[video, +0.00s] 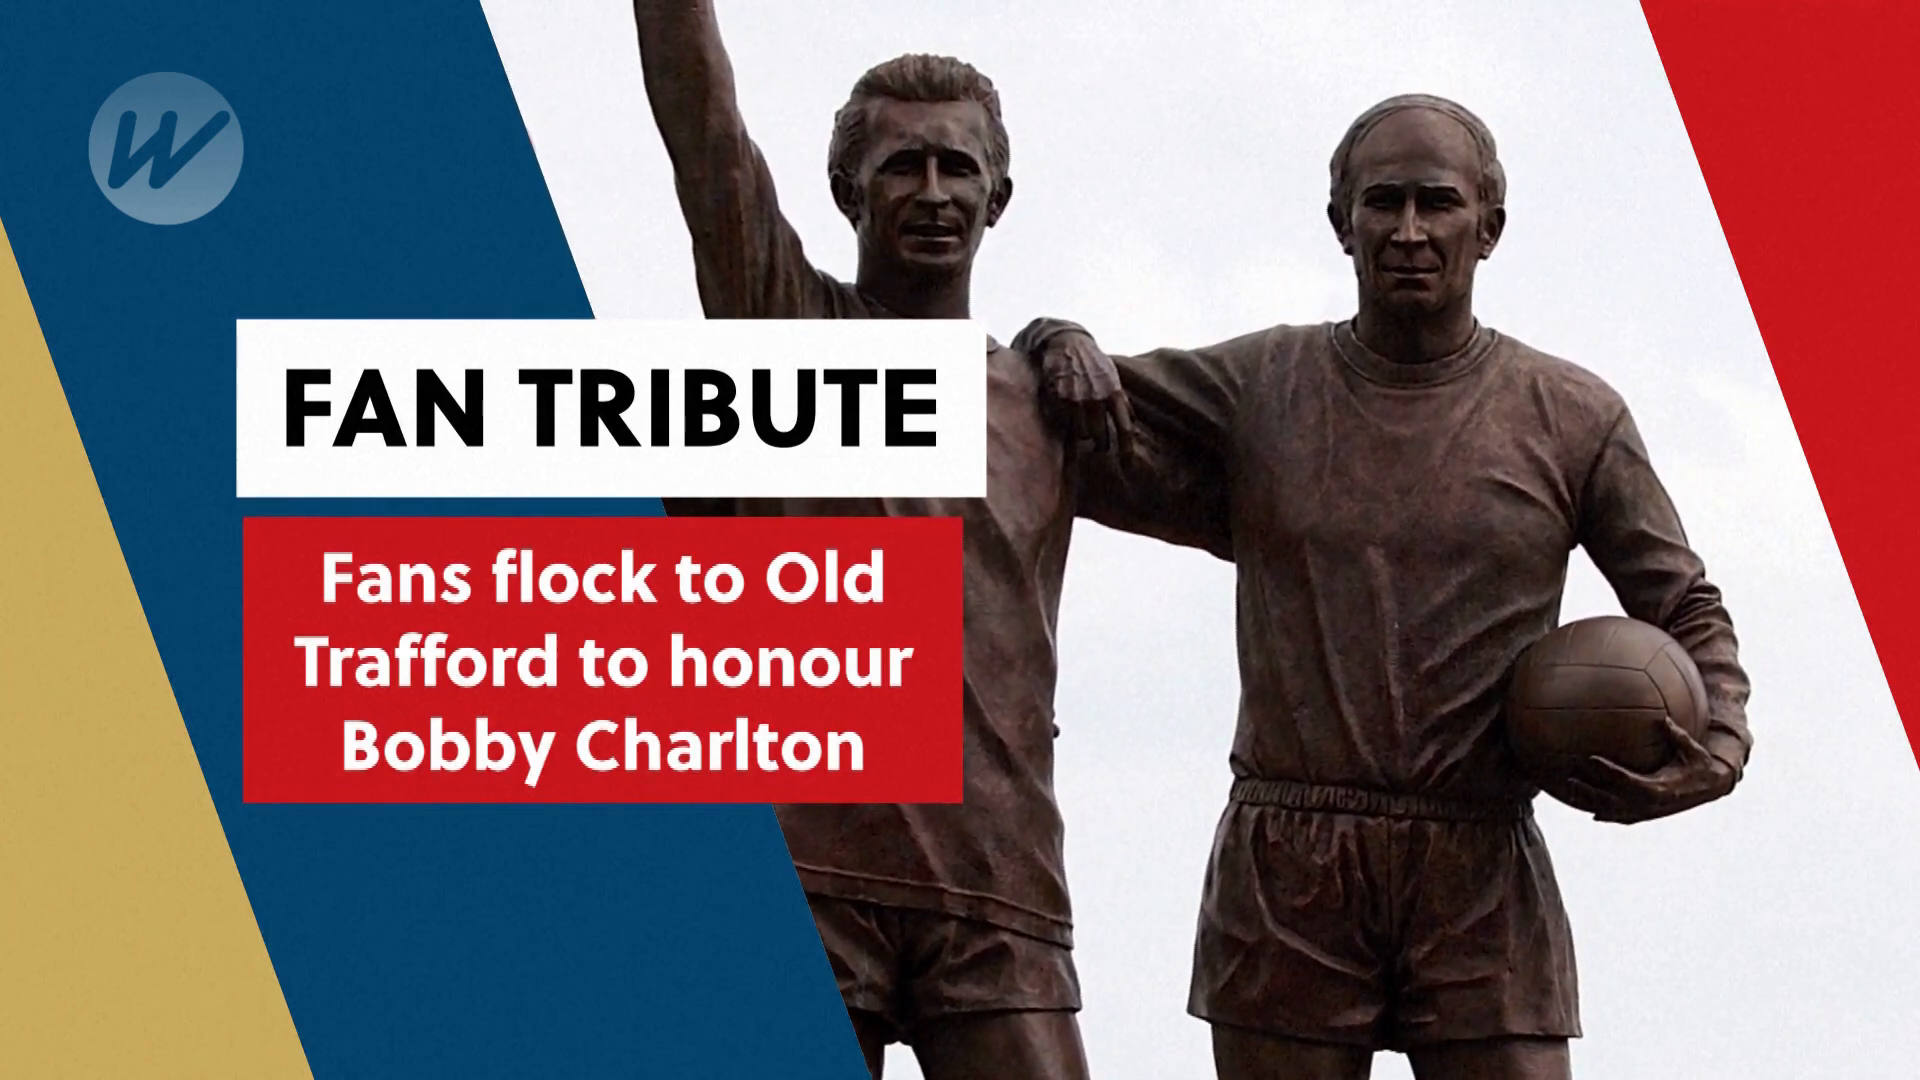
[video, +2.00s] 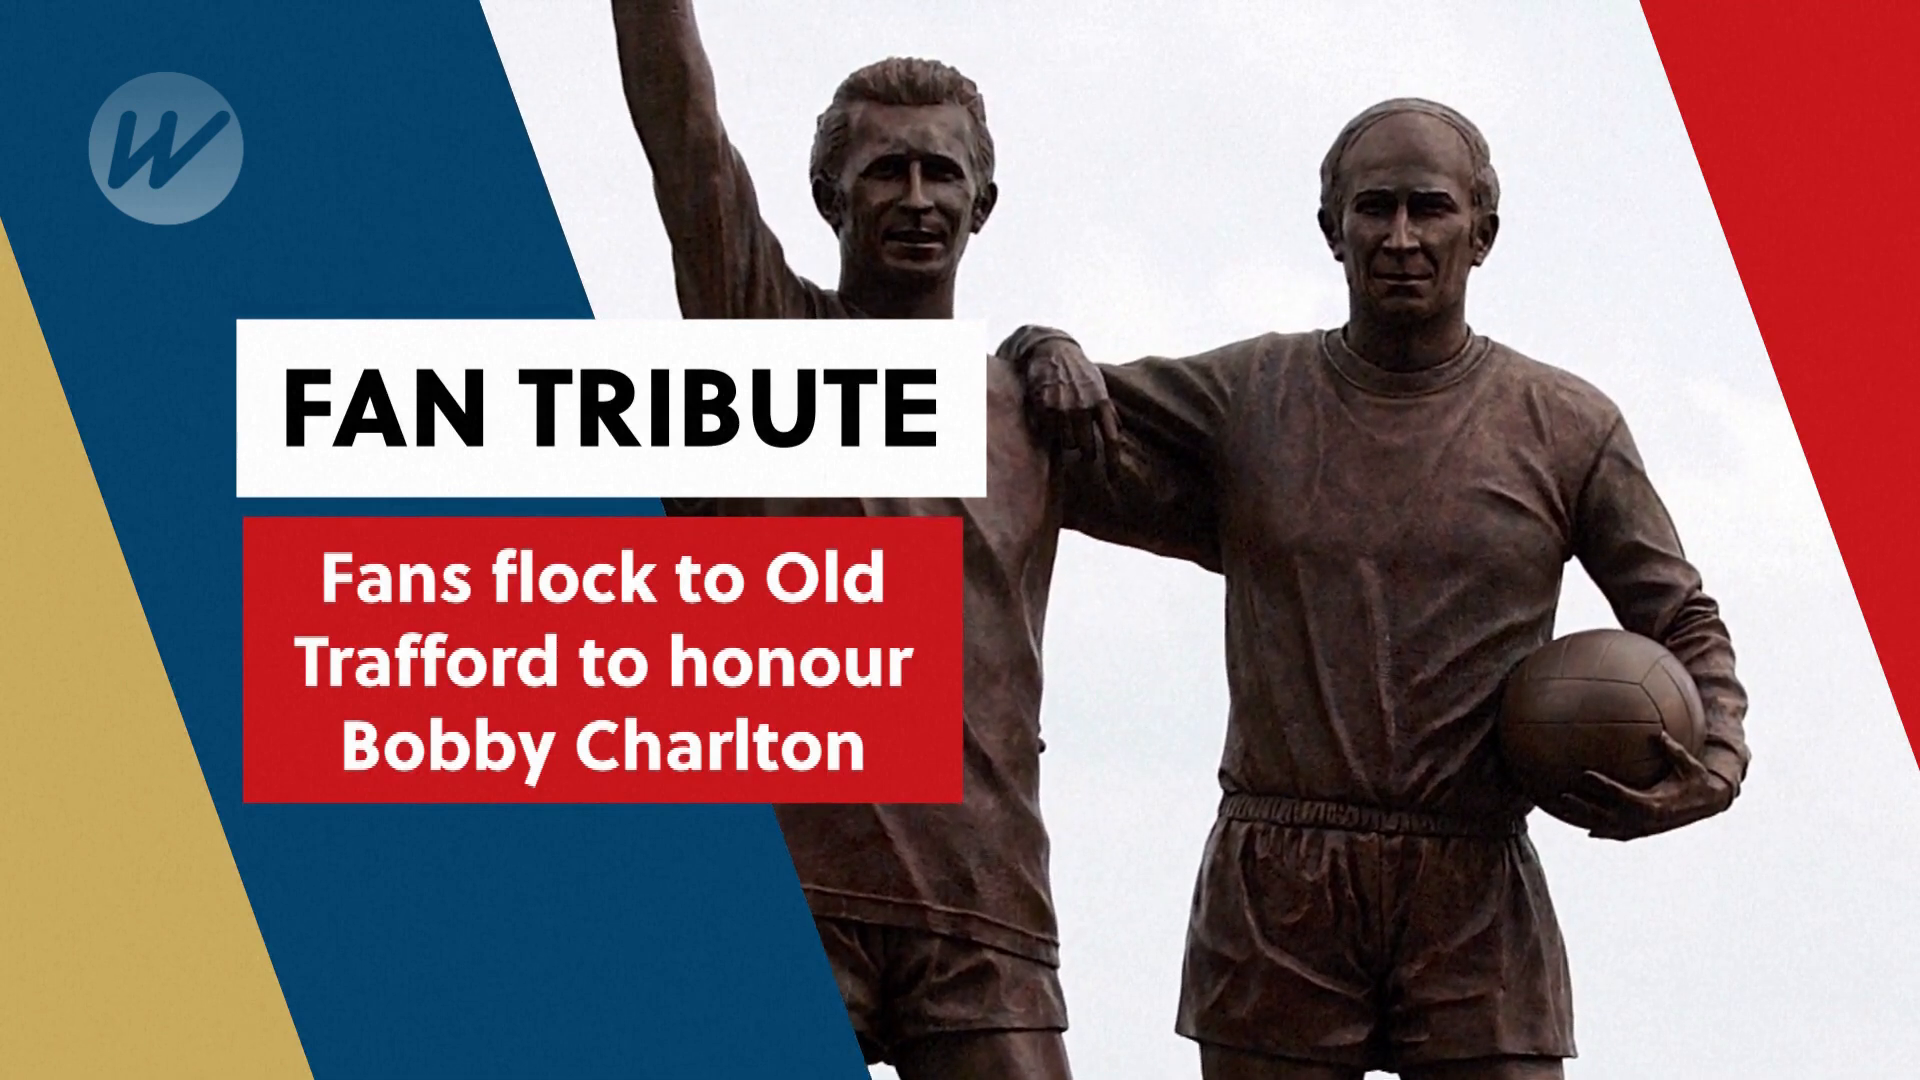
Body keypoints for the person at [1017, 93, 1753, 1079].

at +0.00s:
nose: (1408, 228)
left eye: (1437, 200)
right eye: (1381, 202)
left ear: (1491, 225)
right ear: (1341, 223)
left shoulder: (1573, 414)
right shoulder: (1260, 381)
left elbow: (1684, 608)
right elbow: (1087, 412)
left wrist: (1721, 743)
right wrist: (1055, 342)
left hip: (1480, 878)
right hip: (1284, 870)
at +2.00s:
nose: (1400, 235)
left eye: (1430, 206)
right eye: (1372, 208)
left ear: (1484, 229)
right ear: (1332, 229)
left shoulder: (1566, 422)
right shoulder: (1248, 390)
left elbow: (1678, 616)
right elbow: (1076, 446)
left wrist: (1719, 753)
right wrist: (1042, 356)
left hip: (1473, 895)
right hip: (1272, 891)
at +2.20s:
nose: (1400, 236)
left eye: (1431, 207)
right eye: (1373, 208)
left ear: (1485, 230)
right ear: (1333, 228)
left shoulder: (1567, 423)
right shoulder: (1249, 391)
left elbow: (1680, 618)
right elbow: (1077, 450)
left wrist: (1720, 754)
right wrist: (1041, 355)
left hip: (1474, 896)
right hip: (1272, 892)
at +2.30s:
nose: (1400, 236)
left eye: (1430, 207)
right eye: (1373, 209)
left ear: (1484, 229)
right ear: (1333, 228)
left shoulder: (1566, 422)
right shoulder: (1250, 391)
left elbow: (1680, 618)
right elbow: (1083, 451)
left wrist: (1720, 755)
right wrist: (1042, 353)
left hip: (1472, 893)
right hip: (1273, 889)